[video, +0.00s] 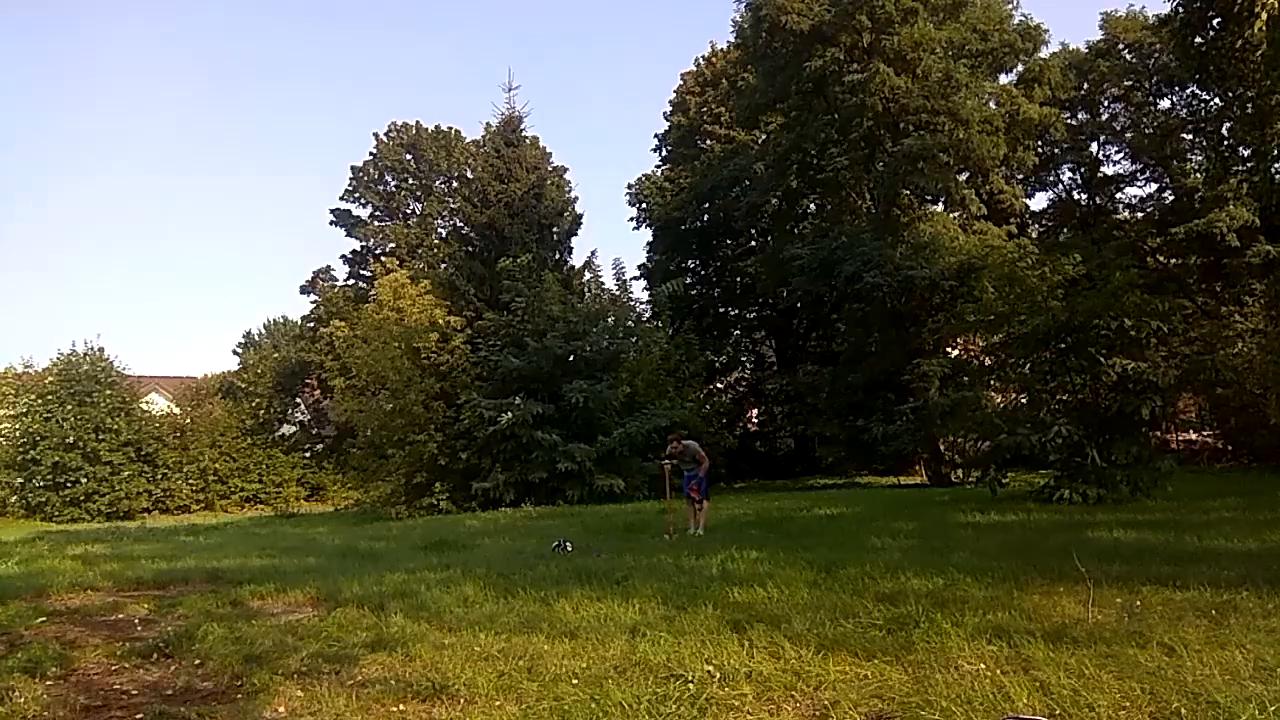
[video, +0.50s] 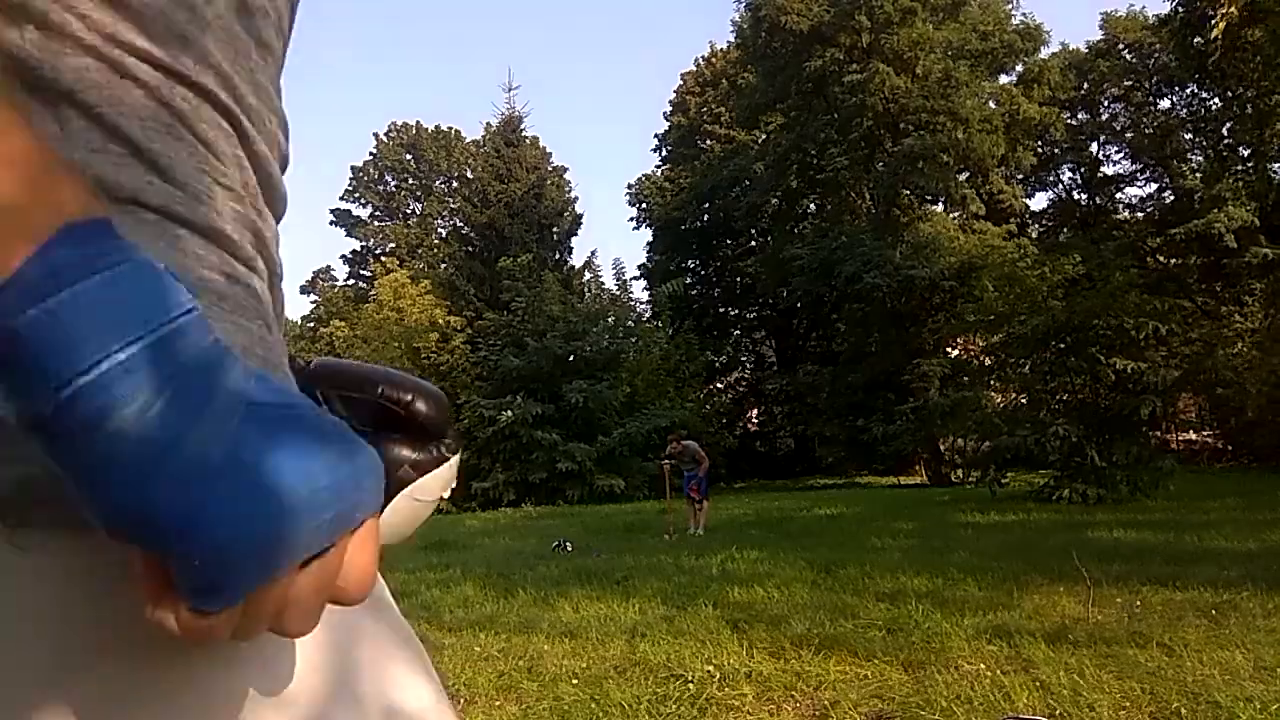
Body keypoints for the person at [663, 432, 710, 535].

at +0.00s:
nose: (674, 450)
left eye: (676, 448)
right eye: (672, 448)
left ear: (681, 445)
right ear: (669, 447)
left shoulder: (692, 447)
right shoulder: (670, 450)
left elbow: (705, 462)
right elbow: (667, 460)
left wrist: (698, 479)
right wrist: (667, 464)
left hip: (699, 471)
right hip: (687, 473)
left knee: (701, 500)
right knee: (689, 500)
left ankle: (701, 527)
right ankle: (692, 526)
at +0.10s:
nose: (674, 450)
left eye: (676, 448)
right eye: (672, 448)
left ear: (681, 445)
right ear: (669, 447)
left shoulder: (692, 447)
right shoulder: (670, 451)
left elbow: (705, 462)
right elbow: (668, 460)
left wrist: (698, 479)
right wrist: (668, 464)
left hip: (698, 471)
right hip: (687, 473)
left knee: (701, 500)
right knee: (689, 500)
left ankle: (701, 527)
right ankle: (692, 526)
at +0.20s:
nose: (674, 450)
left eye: (676, 448)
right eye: (672, 448)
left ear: (681, 445)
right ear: (669, 447)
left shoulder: (692, 447)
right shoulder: (670, 451)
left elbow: (705, 462)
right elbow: (668, 460)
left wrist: (698, 479)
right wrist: (668, 464)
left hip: (698, 471)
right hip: (687, 473)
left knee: (701, 500)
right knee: (689, 500)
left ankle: (701, 527)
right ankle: (693, 526)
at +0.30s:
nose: (674, 450)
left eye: (676, 448)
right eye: (672, 448)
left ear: (681, 445)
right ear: (670, 447)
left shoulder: (692, 447)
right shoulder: (670, 451)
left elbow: (705, 462)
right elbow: (667, 460)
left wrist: (699, 478)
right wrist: (667, 465)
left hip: (699, 471)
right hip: (687, 473)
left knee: (701, 500)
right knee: (689, 500)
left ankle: (701, 527)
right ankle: (692, 526)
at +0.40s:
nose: (674, 450)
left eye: (675, 448)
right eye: (672, 448)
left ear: (681, 445)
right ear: (670, 447)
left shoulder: (692, 447)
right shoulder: (670, 451)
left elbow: (705, 461)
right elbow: (669, 460)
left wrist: (699, 478)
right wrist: (668, 464)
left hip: (699, 472)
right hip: (687, 473)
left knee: (701, 500)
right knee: (689, 500)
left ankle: (701, 527)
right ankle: (692, 526)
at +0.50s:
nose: (673, 450)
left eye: (675, 448)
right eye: (672, 448)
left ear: (680, 445)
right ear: (669, 447)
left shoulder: (692, 447)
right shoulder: (670, 451)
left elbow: (705, 462)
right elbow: (667, 459)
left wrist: (698, 478)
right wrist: (667, 465)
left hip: (699, 471)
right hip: (687, 473)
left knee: (701, 500)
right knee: (689, 500)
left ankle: (701, 527)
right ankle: (692, 526)